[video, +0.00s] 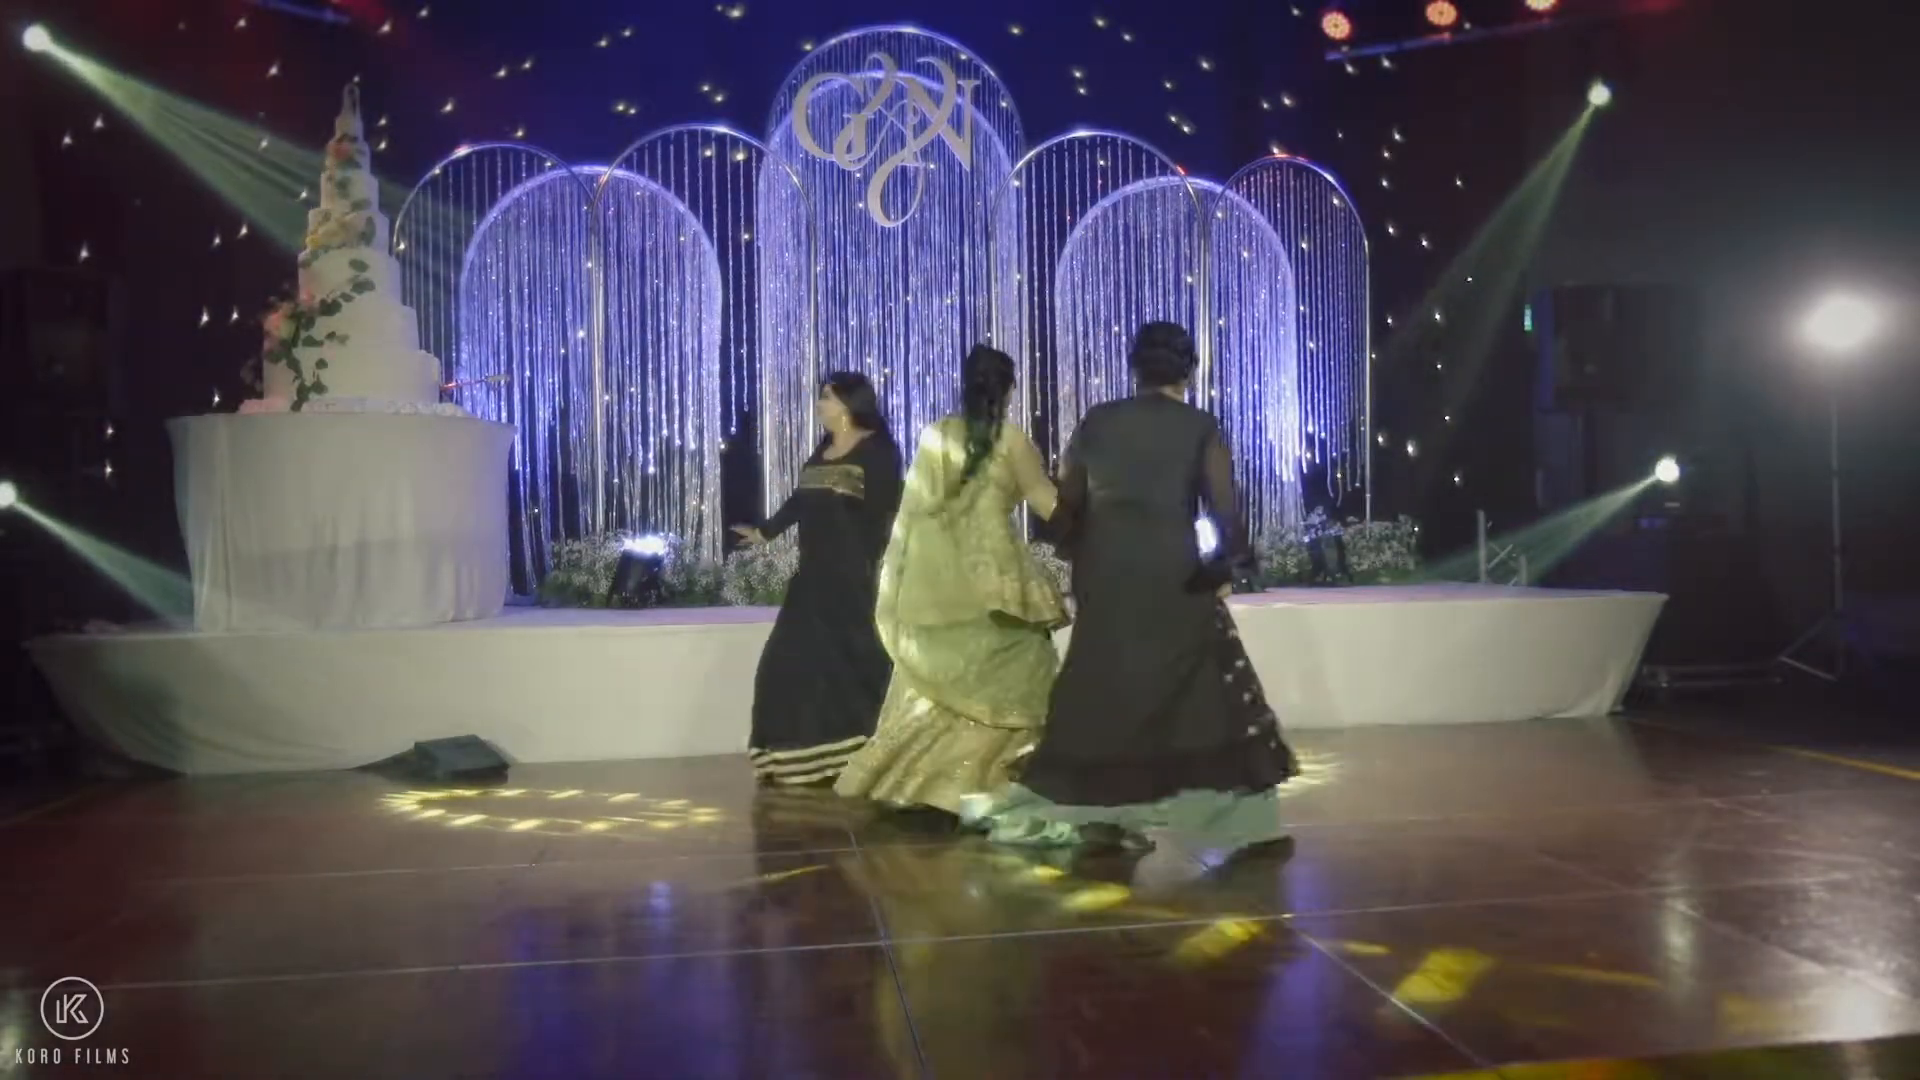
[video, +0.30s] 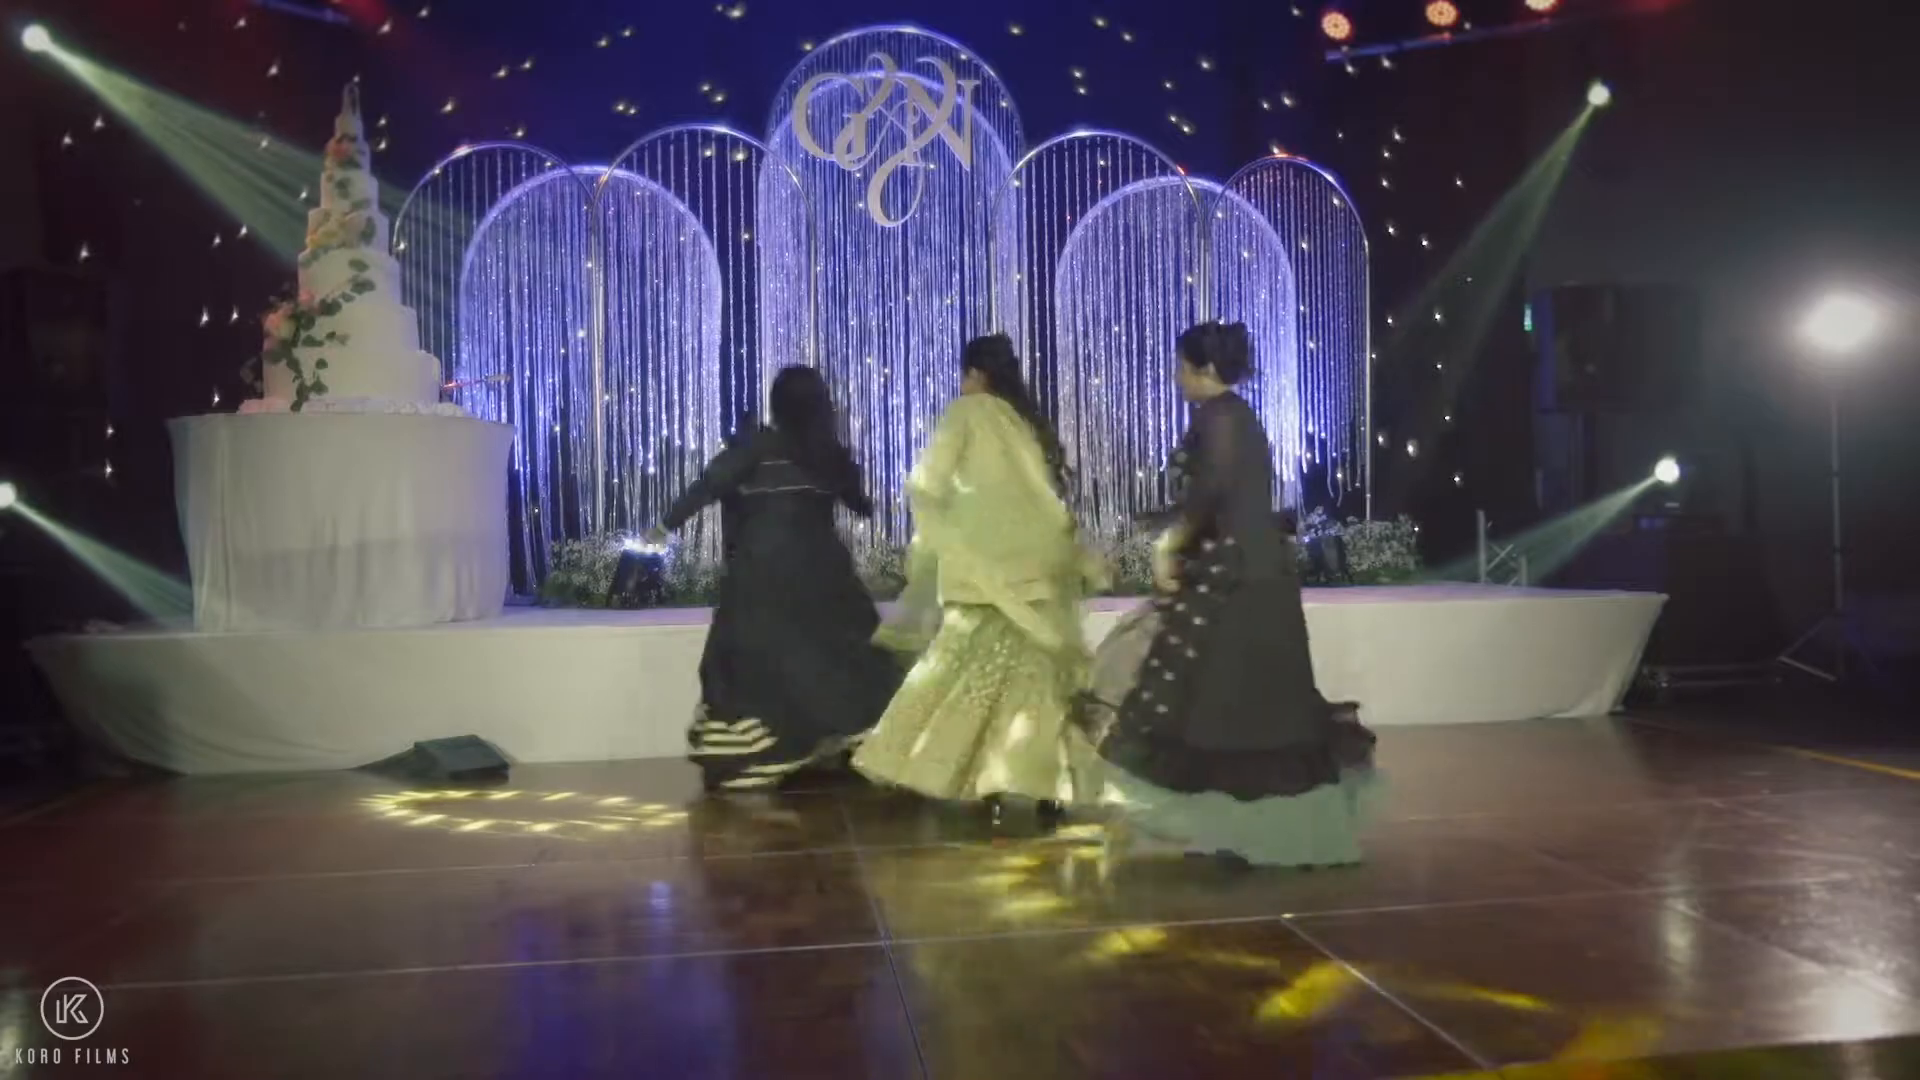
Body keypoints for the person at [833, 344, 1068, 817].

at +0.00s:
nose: (1006, 392)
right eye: (1007, 385)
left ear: (965, 385)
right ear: (1007, 389)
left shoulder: (934, 436)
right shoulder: (1012, 442)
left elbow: (908, 516)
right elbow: (1053, 509)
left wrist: (889, 584)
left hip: (930, 582)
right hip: (989, 581)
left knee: (930, 680)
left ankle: (916, 785)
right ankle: (979, 785)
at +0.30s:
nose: (962, 383)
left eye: (965, 375)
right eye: (964, 375)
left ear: (978, 375)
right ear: (1009, 377)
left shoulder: (965, 412)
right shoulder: (1031, 424)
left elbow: (927, 480)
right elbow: (1053, 505)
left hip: (978, 571)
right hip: (1037, 571)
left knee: (971, 678)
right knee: (1037, 677)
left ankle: (979, 791)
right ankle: (1045, 788)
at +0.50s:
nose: (959, 381)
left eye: (965, 372)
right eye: (959, 372)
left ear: (989, 372)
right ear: (993, 373)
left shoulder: (993, 413)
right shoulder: (1009, 412)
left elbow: (985, 476)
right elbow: (989, 482)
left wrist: (932, 493)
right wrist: (943, 490)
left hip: (1012, 574)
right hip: (1032, 570)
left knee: (995, 686)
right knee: (1033, 689)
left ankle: (1004, 795)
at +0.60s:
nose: (959, 385)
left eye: (963, 376)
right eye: (959, 376)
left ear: (990, 377)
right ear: (991, 377)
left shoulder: (1009, 419)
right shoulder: (998, 423)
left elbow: (1013, 487)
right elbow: (997, 492)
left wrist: (953, 493)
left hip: (1027, 581)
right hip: (1007, 579)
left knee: (1015, 689)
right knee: (1007, 689)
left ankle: (1024, 801)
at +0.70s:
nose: (964, 382)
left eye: (971, 372)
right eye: (961, 373)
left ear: (1000, 374)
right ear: (976, 378)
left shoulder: (1025, 419)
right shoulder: (983, 431)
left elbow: (1037, 488)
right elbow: (958, 511)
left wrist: (977, 496)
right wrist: (916, 564)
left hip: (1036, 570)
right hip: (992, 572)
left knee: (1041, 680)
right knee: (990, 683)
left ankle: (1055, 798)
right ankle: (1005, 800)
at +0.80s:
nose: (967, 381)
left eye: (975, 371)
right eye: (963, 372)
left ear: (1002, 372)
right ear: (966, 377)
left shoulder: (1031, 416)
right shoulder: (973, 431)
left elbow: (1053, 486)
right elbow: (955, 499)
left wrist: (992, 495)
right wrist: (919, 545)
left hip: (1034, 572)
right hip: (983, 575)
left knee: (1035, 681)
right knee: (982, 681)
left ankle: (1048, 794)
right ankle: (985, 799)